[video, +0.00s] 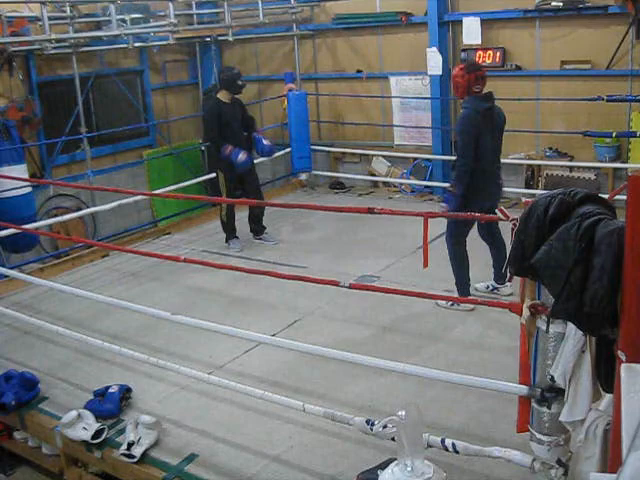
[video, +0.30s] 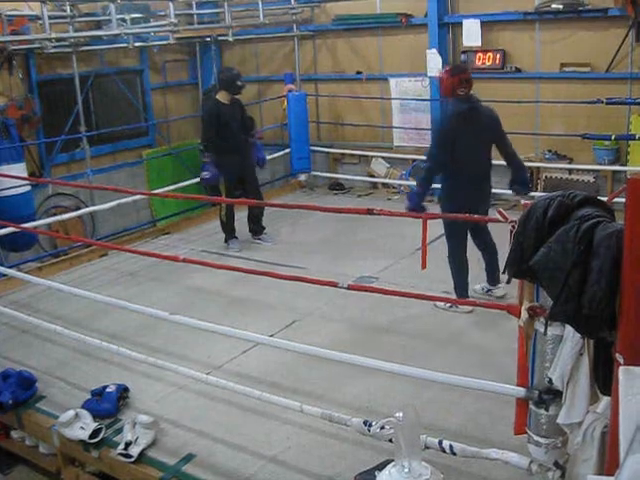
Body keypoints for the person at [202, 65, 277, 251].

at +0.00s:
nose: (241, 84)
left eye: (240, 80)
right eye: (237, 81)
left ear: (230, 83)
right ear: (227, 83)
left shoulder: (237, 103)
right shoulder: (212, 106)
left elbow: (248, 125)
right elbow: (212, 137)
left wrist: (257, 139)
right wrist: (231, 151)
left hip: (243, 154)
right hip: (222, 158)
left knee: (256, 195)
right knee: (227, 198)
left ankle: (258, 231)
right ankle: (231, 236)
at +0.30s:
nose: (240, 85)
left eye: (240, 82)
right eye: (237, 82)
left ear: (227, 84)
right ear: (227, 84)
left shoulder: (236, 104)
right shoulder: (212, 107)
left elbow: (247, 129)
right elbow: (208, 138)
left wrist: (257, 150)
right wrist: (209, 162)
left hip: (244, 158)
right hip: (224, 160)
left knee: (256, 196)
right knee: (228, 199)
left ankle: (257, 232)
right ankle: (230, 236)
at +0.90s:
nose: (253, 86)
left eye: (253, 82)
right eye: (249, 83)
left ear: (252, 83)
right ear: (239, 85)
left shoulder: (252, 104)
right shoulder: (228, 107)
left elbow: (260, 130)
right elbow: (226, 136)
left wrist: (271, 146)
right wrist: (233, 160)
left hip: (256, 156)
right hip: (238, 158)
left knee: (264, 195)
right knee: (236, 198)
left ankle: (266, 232)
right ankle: (231, 237)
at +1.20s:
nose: (269, 89)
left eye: (271, 85)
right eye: (264, 85)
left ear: (274, 85)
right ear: (256, 86)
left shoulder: (269, 104)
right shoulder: (246, 104)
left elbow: (279, 125)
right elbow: (242, 132)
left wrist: (295, 135)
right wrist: (255, 148)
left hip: (268, 154)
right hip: (251, 156)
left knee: (270, 196)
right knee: (257, 197)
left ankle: (266, 234)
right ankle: (240, 233)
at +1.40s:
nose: (279, 87)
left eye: (281, 83)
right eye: (275, 83)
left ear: (283, 84)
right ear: (266, 85)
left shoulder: (281, 103)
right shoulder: (253, 105)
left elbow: (294, 123)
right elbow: (251, 131)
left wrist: (310, 129)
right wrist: (266, 141)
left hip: (273, 153)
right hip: (255, 154)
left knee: (275, 196)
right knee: (269, 197)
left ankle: (271, 233)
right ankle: (266, 236)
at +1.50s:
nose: (285, 88)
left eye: (286, 84)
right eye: (280, 85)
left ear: (288, 85)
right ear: (271, 87)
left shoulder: (288, 103)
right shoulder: (260, 106)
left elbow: (302, 125)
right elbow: (257, 135)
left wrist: (316, 125)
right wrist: (270, 138)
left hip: (280, 154)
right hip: (261, 156)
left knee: (278, 194)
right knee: (274, 195)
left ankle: (265, 231)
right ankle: (287, 236)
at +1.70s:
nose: (294, 92)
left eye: (296, 88)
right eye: (289, 89)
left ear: (299, 89)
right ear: (280, 91)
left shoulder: (300, 106)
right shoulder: (270, 109)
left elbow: (318, 126)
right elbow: (272, 137)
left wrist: (327, 115)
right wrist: (286, 126)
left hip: (294, 160)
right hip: (276, 161)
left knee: (296, 201)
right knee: (288, 201)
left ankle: (274, 225)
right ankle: (297, 240)